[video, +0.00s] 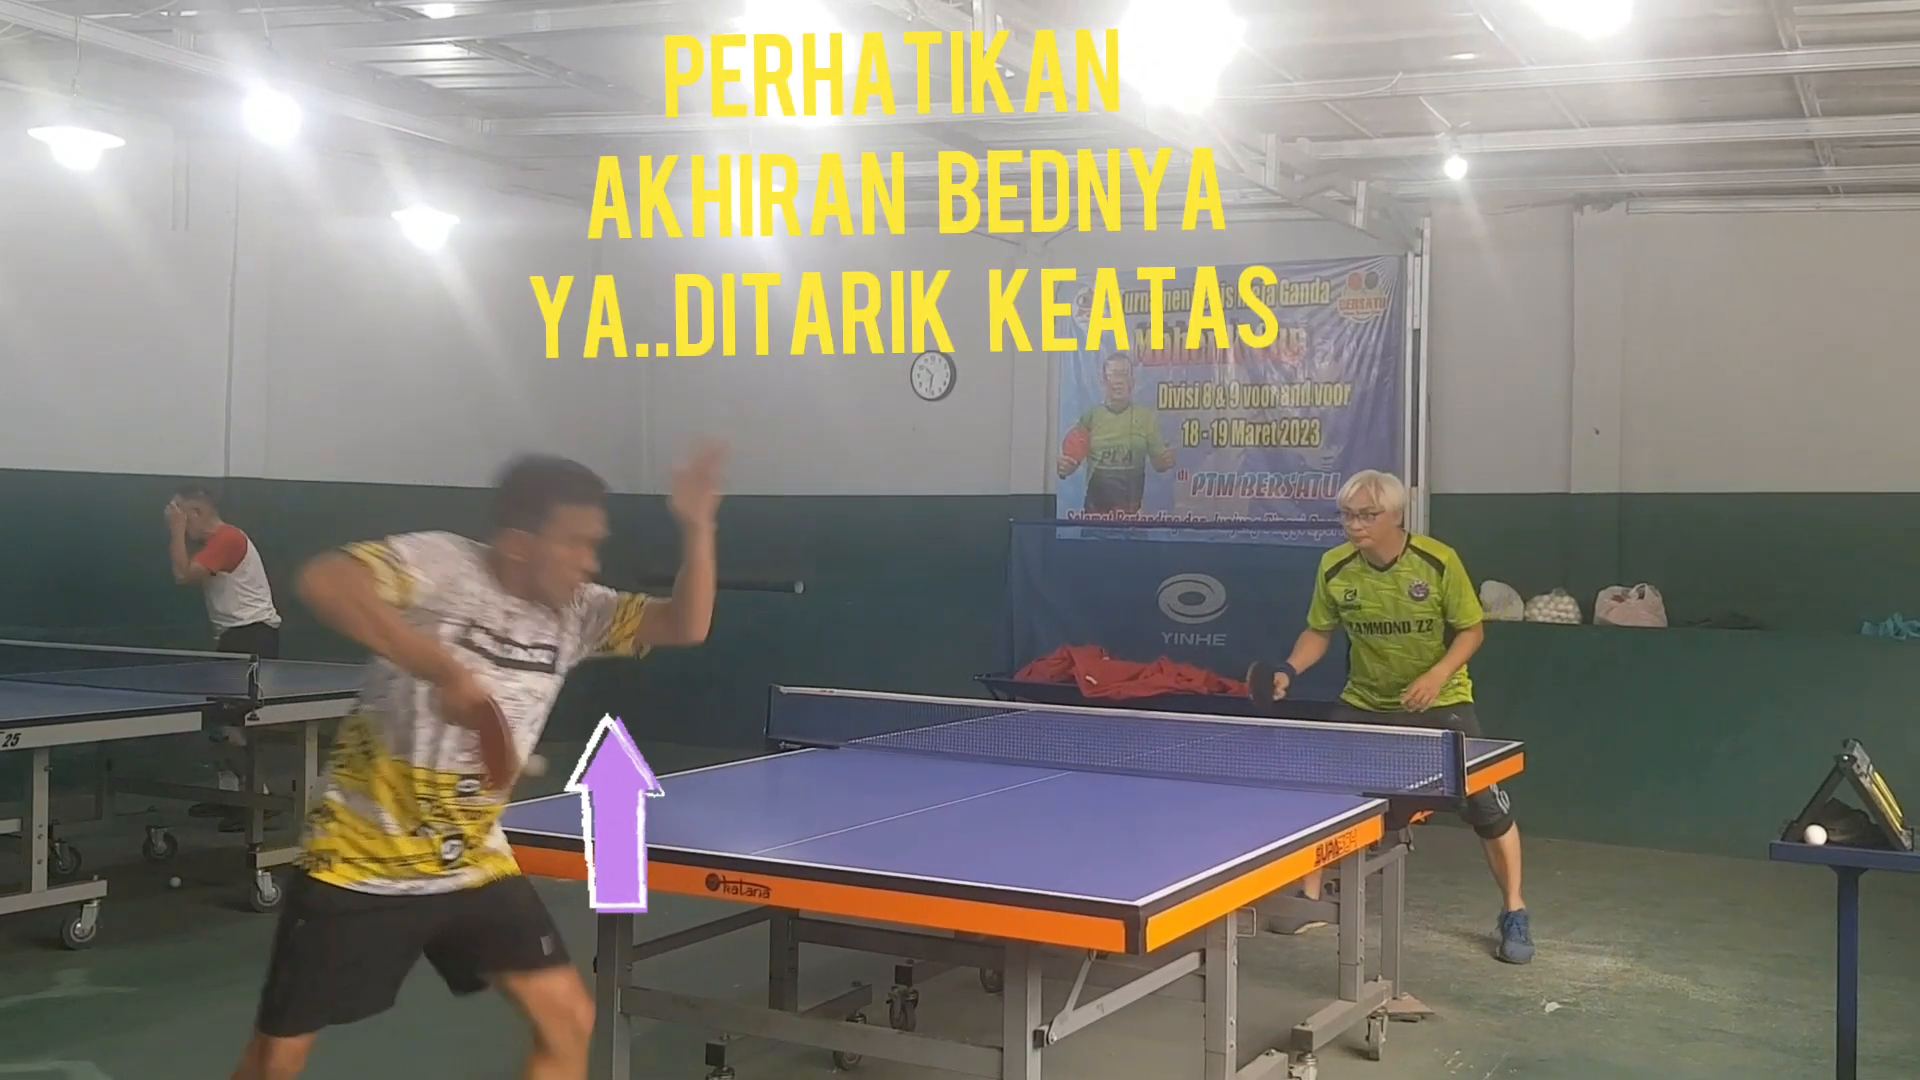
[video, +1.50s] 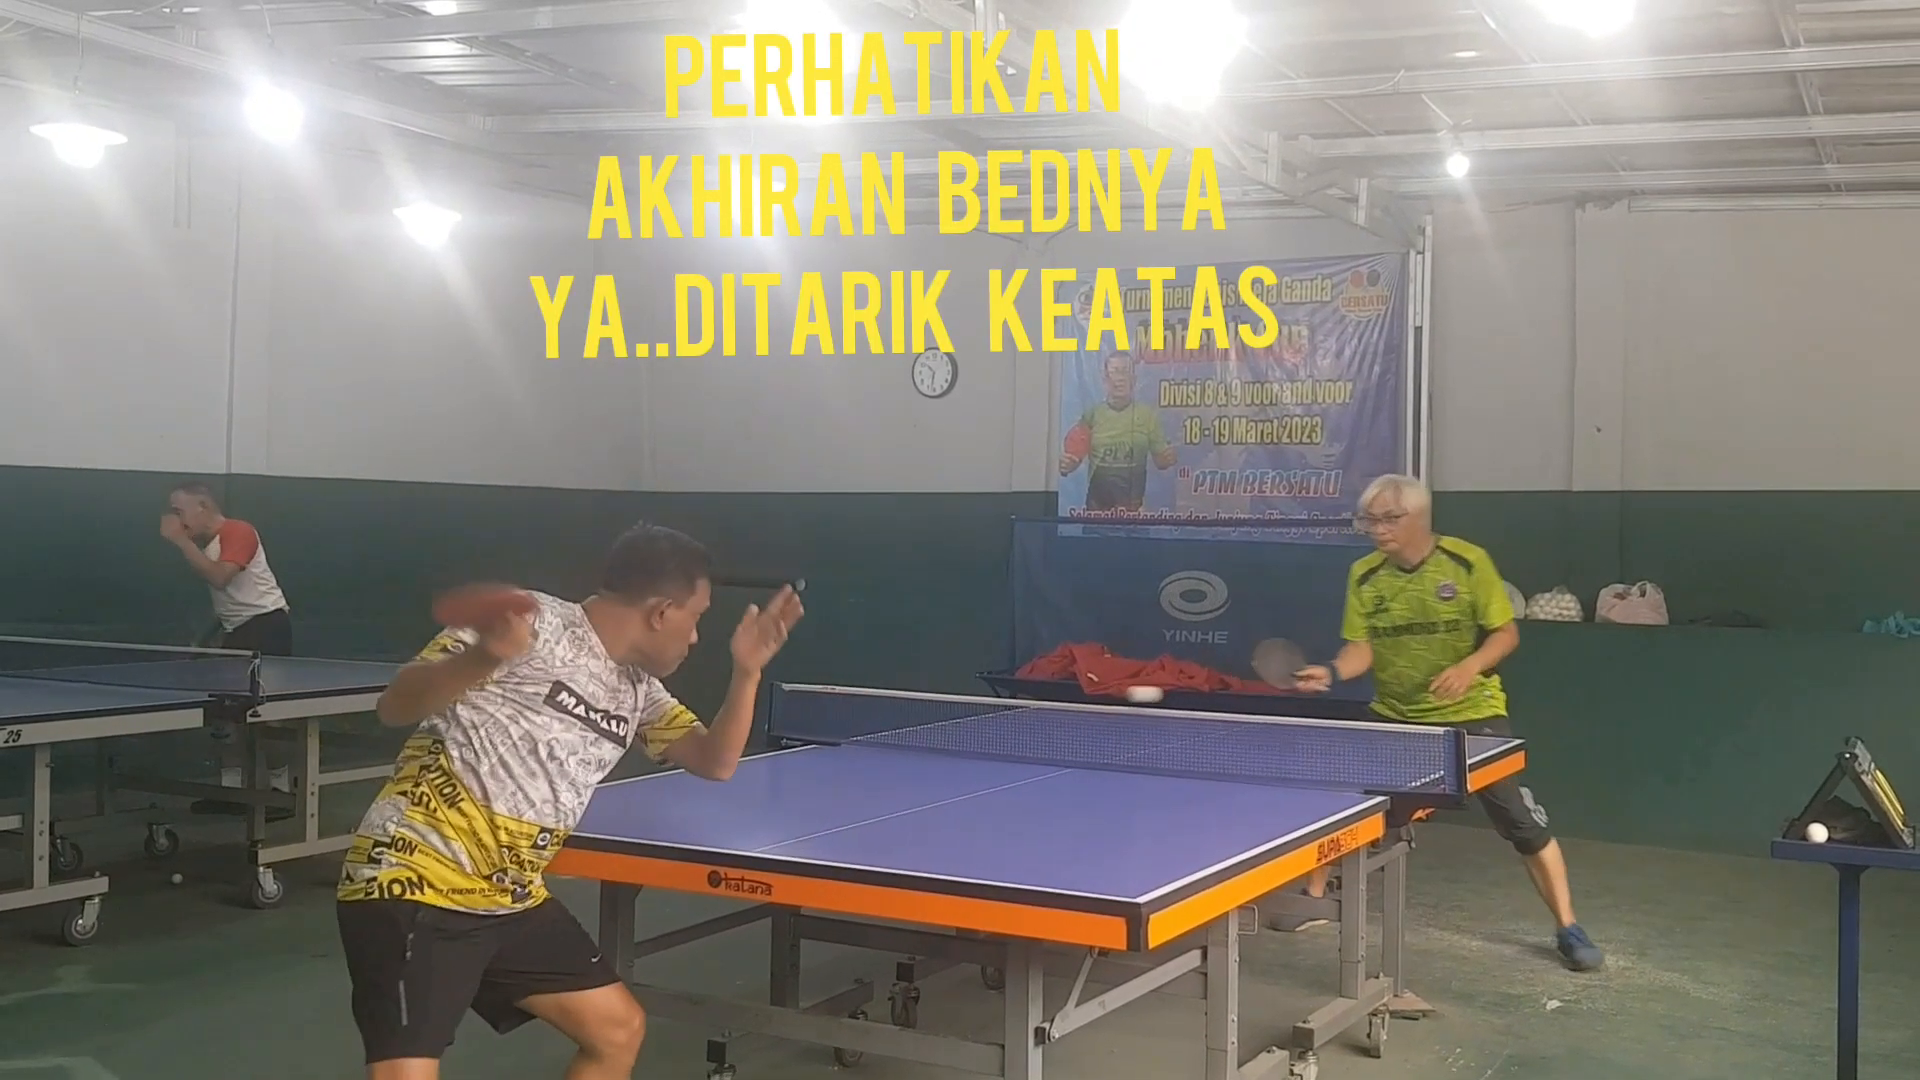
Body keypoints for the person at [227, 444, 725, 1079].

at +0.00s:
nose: (592, 563)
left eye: (596, 547)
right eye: (579, 545)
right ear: (518, 543)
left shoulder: (578, 612)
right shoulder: (442, 563)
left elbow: (685, 623)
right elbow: (325, 580)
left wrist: (698, 527)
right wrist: (444, 671)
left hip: (471, 855)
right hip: (358, 854)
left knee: (569, 1020)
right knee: (275, 1057)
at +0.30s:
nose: (645, 601)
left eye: (650, 584)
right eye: (640, 578)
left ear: (592, 574)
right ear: (587, 569)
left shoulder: (599, 649)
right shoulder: (479, 583)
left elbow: (690, 665)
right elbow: (354, 634)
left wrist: (678, 543)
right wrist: (505, 638)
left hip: (495, 879)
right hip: (382, 876)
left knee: (597, 1030)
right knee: (316, 1065)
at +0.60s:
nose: (676, 624)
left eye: (682, 609)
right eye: (672, 605)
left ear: (625, 602)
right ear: (624, 597)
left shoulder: (620, 671)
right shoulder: (505, 604)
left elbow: (704, 710)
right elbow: (374, 679)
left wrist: (702, 591)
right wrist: (491, 608)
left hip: (506, 892)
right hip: (401, 887)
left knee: (611, 1033)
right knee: (353, 1071)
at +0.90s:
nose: (686, 635)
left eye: (692, 619)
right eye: (684, 615)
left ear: (636, 610)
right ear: (637, 605)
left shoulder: (625, 684)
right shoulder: (512, 611)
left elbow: (712, 729)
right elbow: (380, 689)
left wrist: (718, 614)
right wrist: (475, 607)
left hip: (508, 894)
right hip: (407, 887)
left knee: (615, 1037)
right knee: (370, 1071)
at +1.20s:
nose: (696, 640)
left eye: (700, 626)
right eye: (696, 621)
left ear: (651, 614)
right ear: (655, 613)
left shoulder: (638, 690)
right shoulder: (522, 617)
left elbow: (716, 755)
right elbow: (390, 701)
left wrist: (738, 653)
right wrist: (467, 626)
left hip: (510, 895)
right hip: (413, 884)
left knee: (620, 1033)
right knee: (394, 1073)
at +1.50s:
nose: (695, 636)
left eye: (699, 621)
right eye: (695, 619)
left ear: (653, 614)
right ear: (659, 614)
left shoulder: (640, 691)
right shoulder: (526, 619)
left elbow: (716, 761)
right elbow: (394, 707)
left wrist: (747, 672)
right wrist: (483, 657)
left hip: (508, 890)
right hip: (411, 877)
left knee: (618, 1028)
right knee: (405, 1070)